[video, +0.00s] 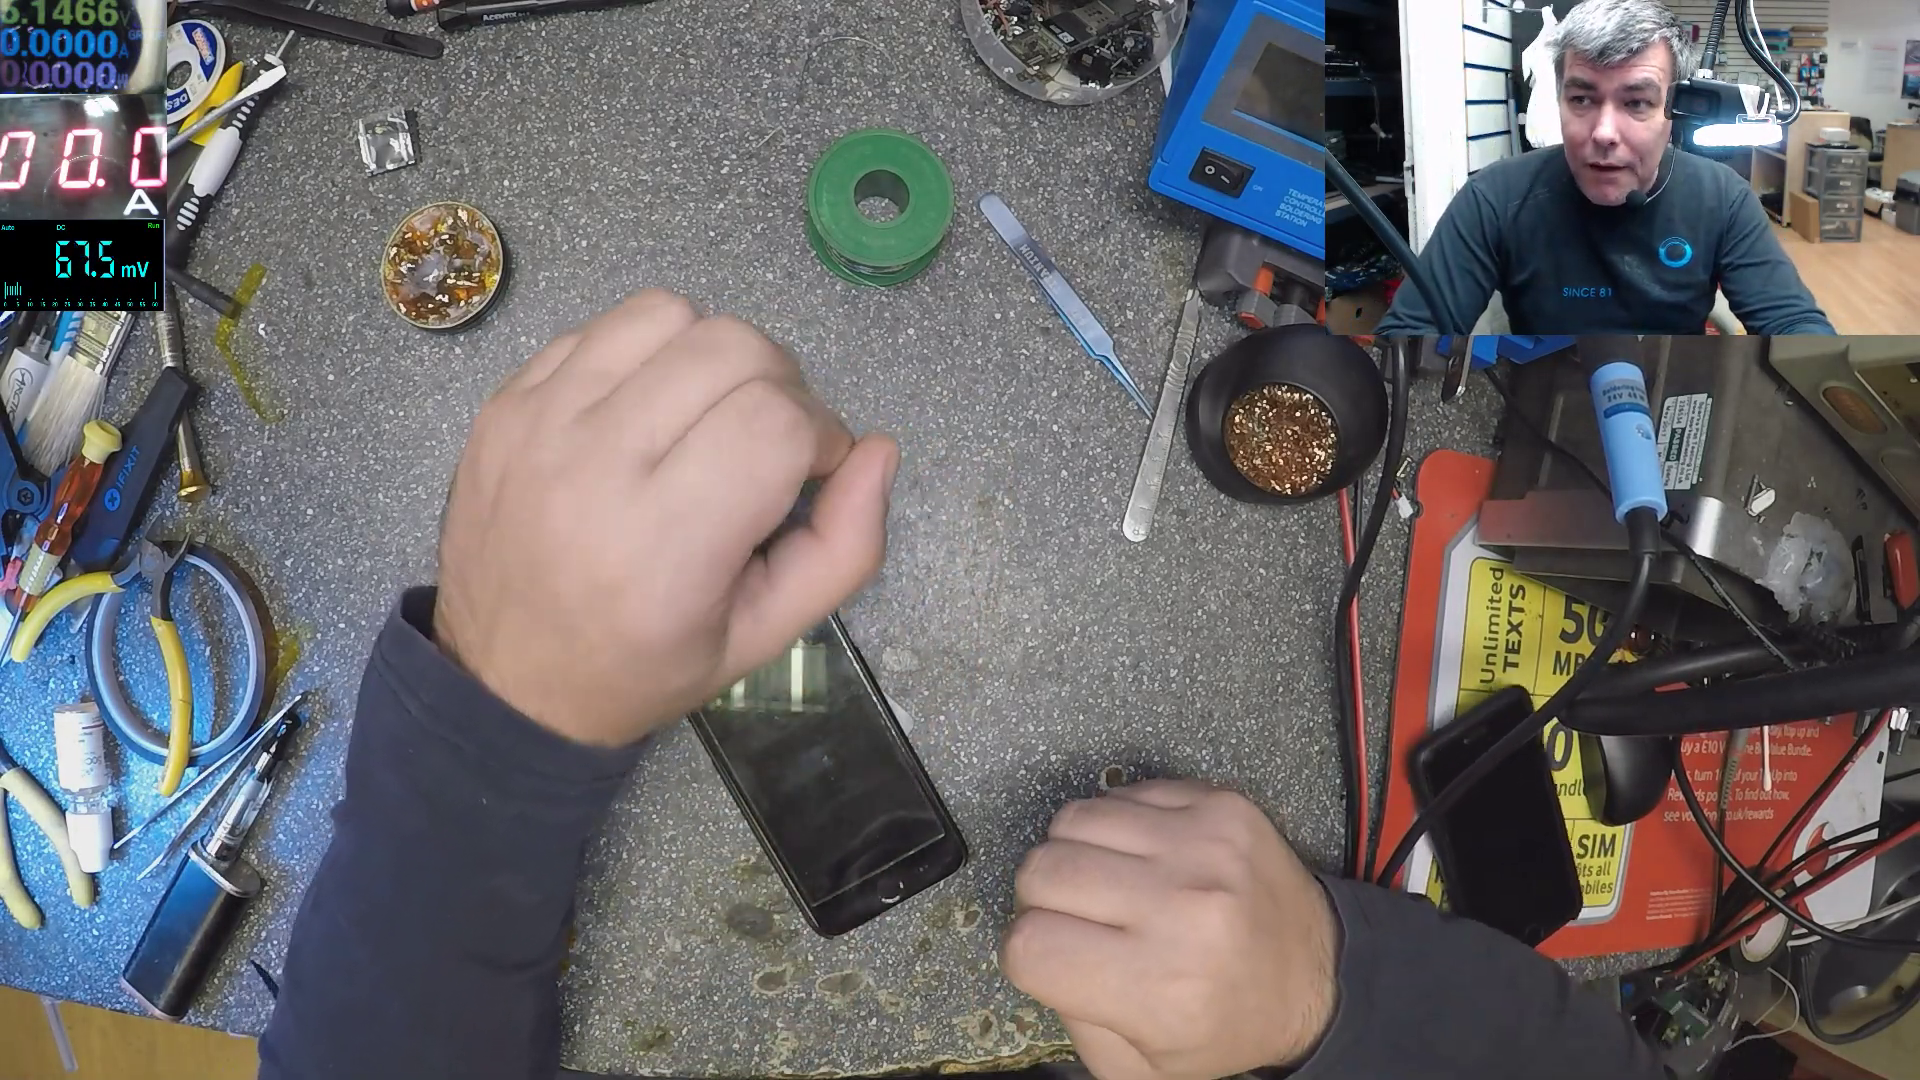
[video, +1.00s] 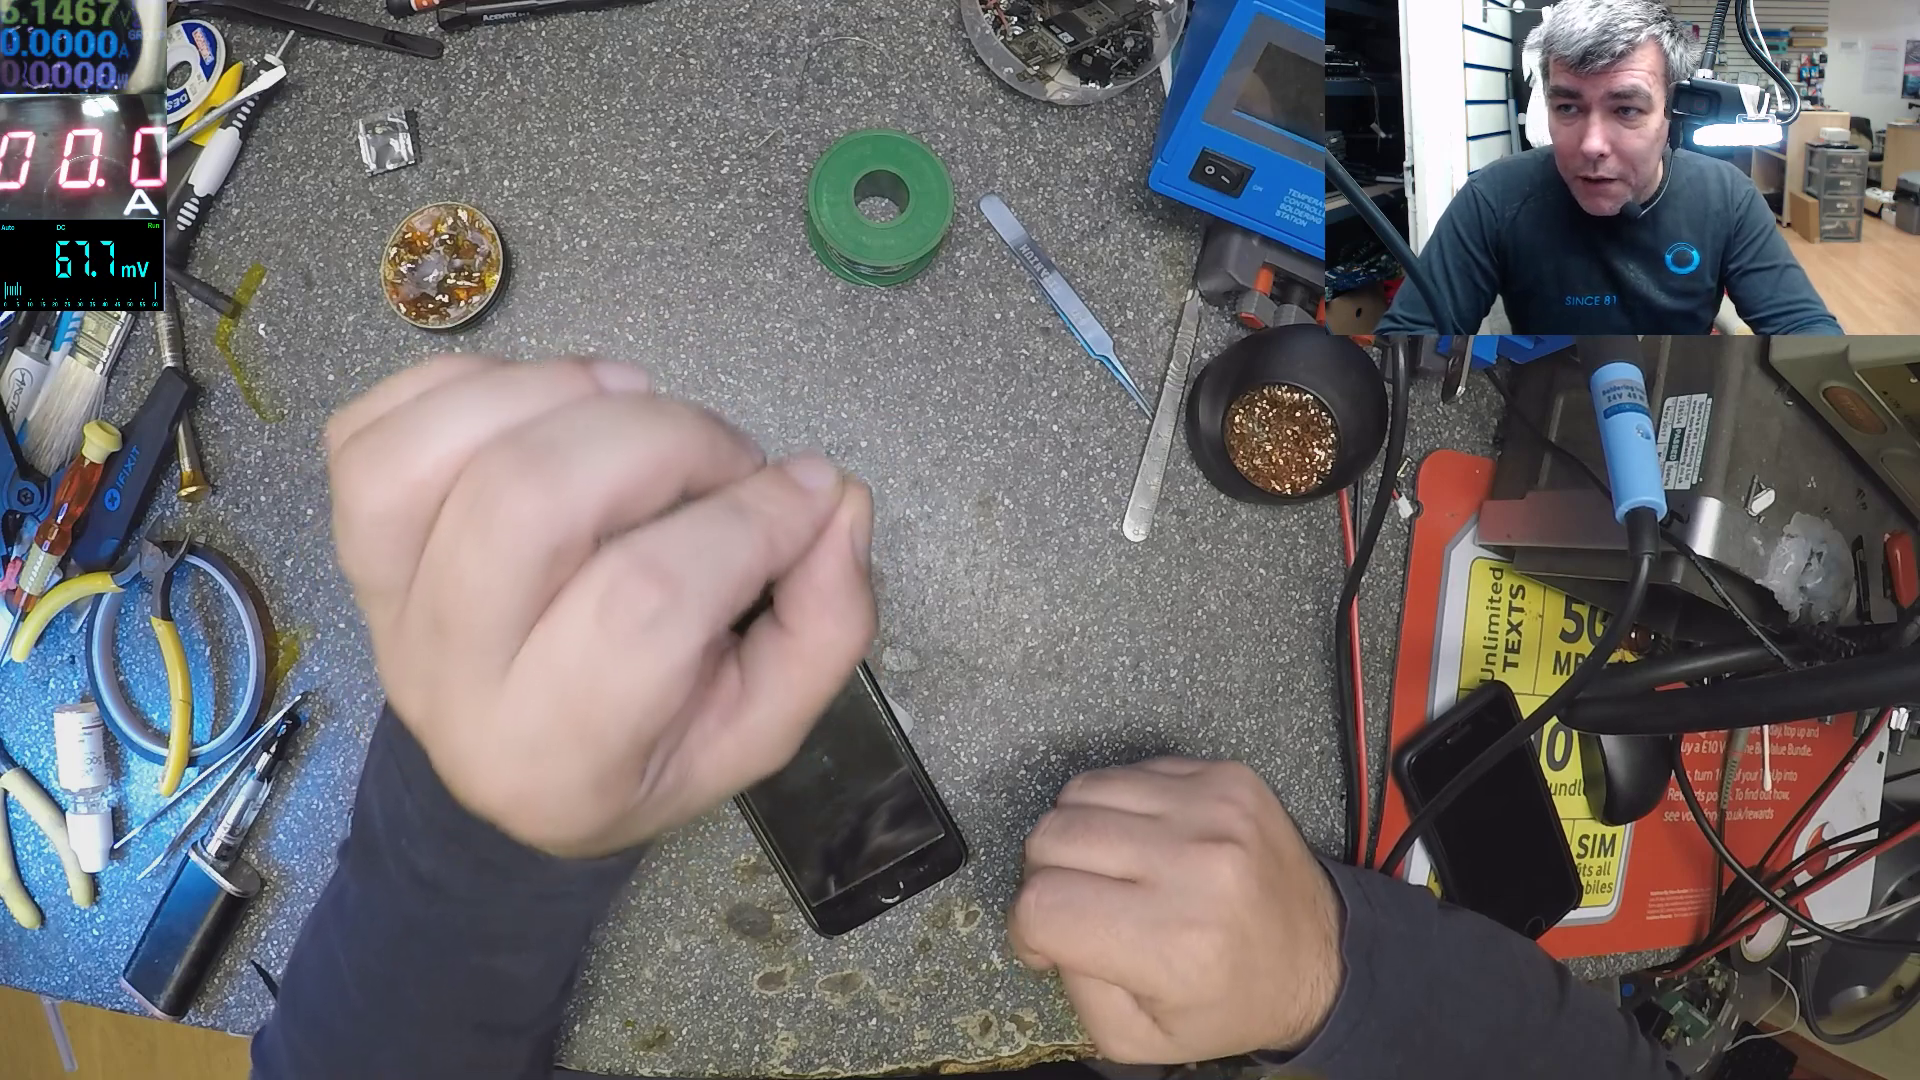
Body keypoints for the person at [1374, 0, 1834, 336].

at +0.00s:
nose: (1604, 134)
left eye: (1635, 103)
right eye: (1582, 100)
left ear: (1669, 112)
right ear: (1558, 102)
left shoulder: (1719, 199)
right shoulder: (1494, 202)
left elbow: (1794, 324)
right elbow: (1407, 335)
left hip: (1679, 414)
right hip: (1543, 416)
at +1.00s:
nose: (1593, 147)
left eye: (1627, 111)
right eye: (1569, 108)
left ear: (1667, 115)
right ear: (1545, 109)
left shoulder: (1724, 199)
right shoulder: (1494, 203)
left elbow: (1807, 331)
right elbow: (1405, 338)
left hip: (1685, 421)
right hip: (1546, 423)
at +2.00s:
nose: (1596, 155)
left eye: (1631, 122)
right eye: (1575, 116)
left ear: (1671, 118)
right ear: (1549, 109)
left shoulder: (1723, 202)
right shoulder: (1497, 203)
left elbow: (1805, 331)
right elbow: (1406, 335)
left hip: (1680, 420)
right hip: (1544, 421)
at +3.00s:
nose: (1606, 145)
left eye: (1636, 111)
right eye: (1579, 109)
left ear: (1670, 113)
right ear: (1550, 109)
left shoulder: (1722, 199)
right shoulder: (1495, 203)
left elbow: (1801, 327)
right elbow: (1407, 337)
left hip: (1681, 421)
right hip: (1544, 422)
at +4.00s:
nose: (1588, 142)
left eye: (1622, 110)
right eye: (1567, 106)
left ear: (1665, 116)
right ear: (1543, 109)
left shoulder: (1720, 199)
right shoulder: (1495, 203)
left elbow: (1802, 329)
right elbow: (1407, 338)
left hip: (1680, 423)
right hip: (1544, 424)